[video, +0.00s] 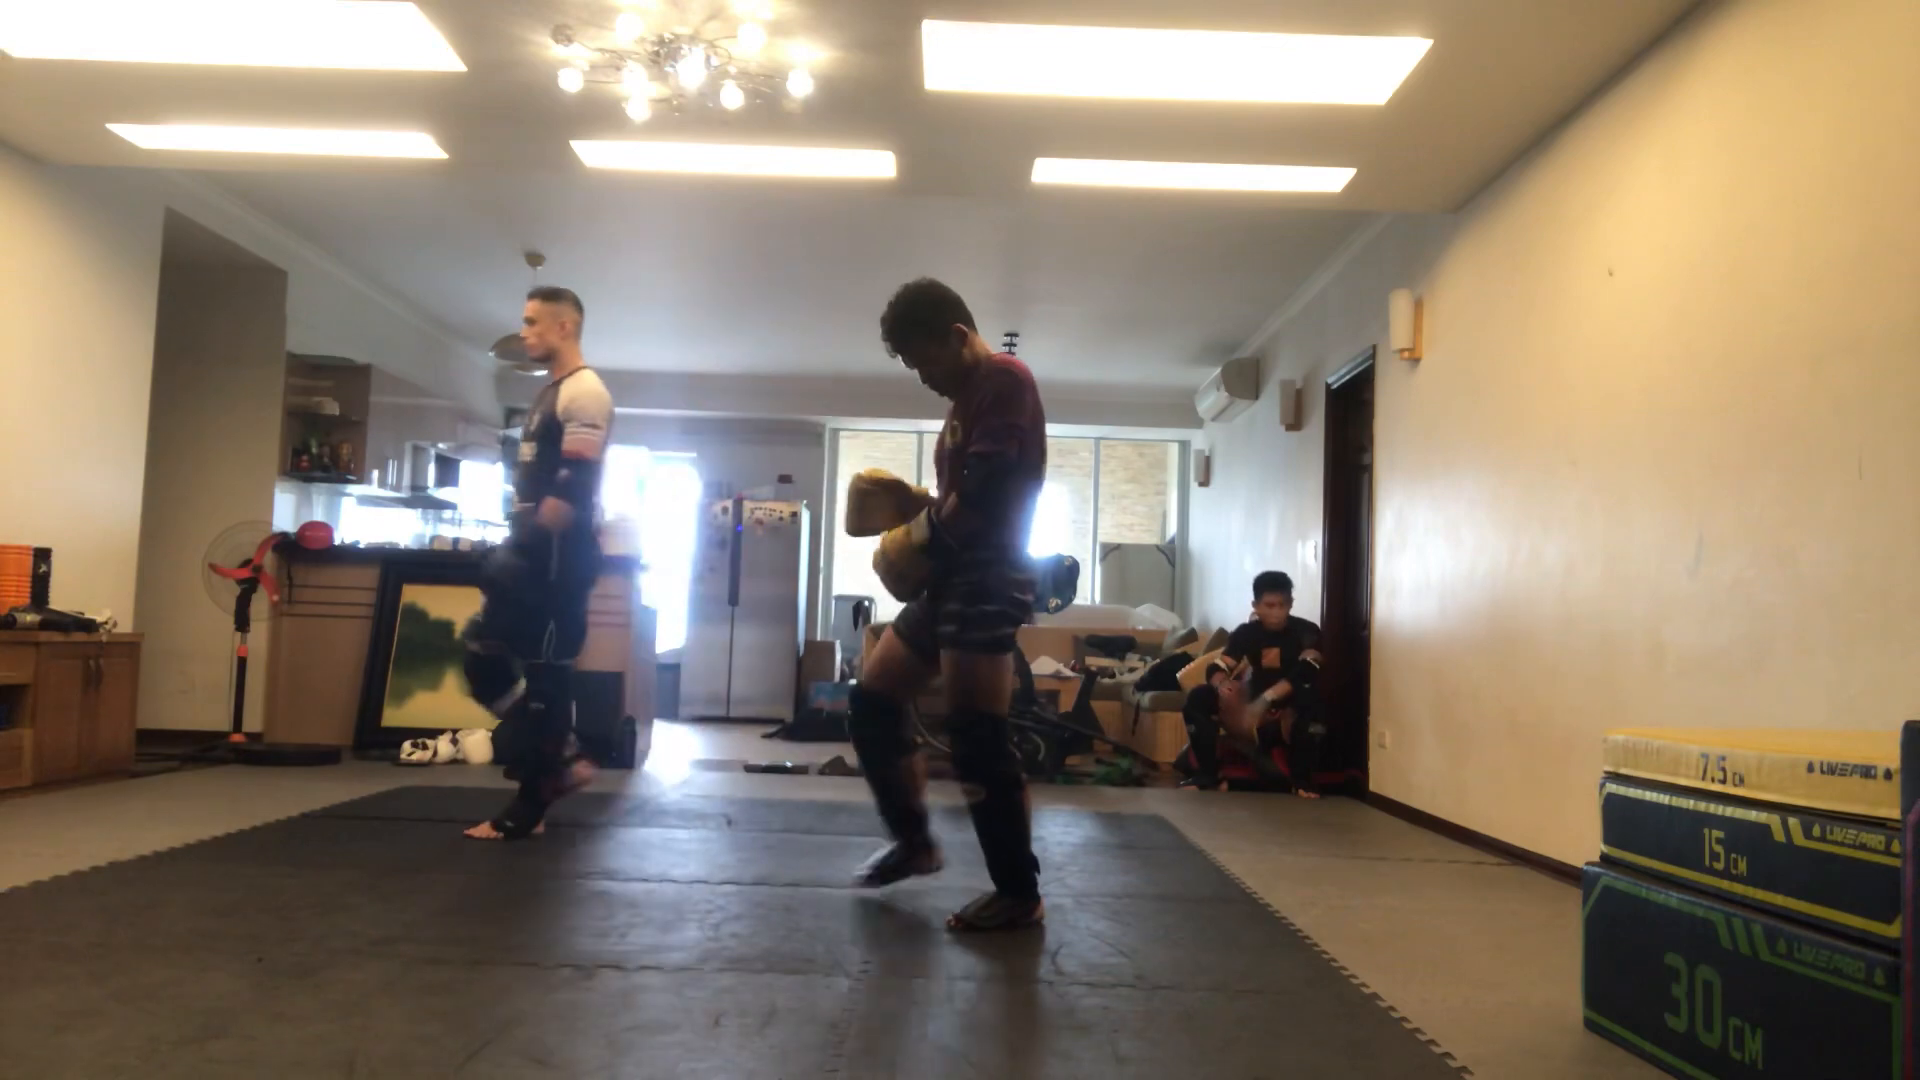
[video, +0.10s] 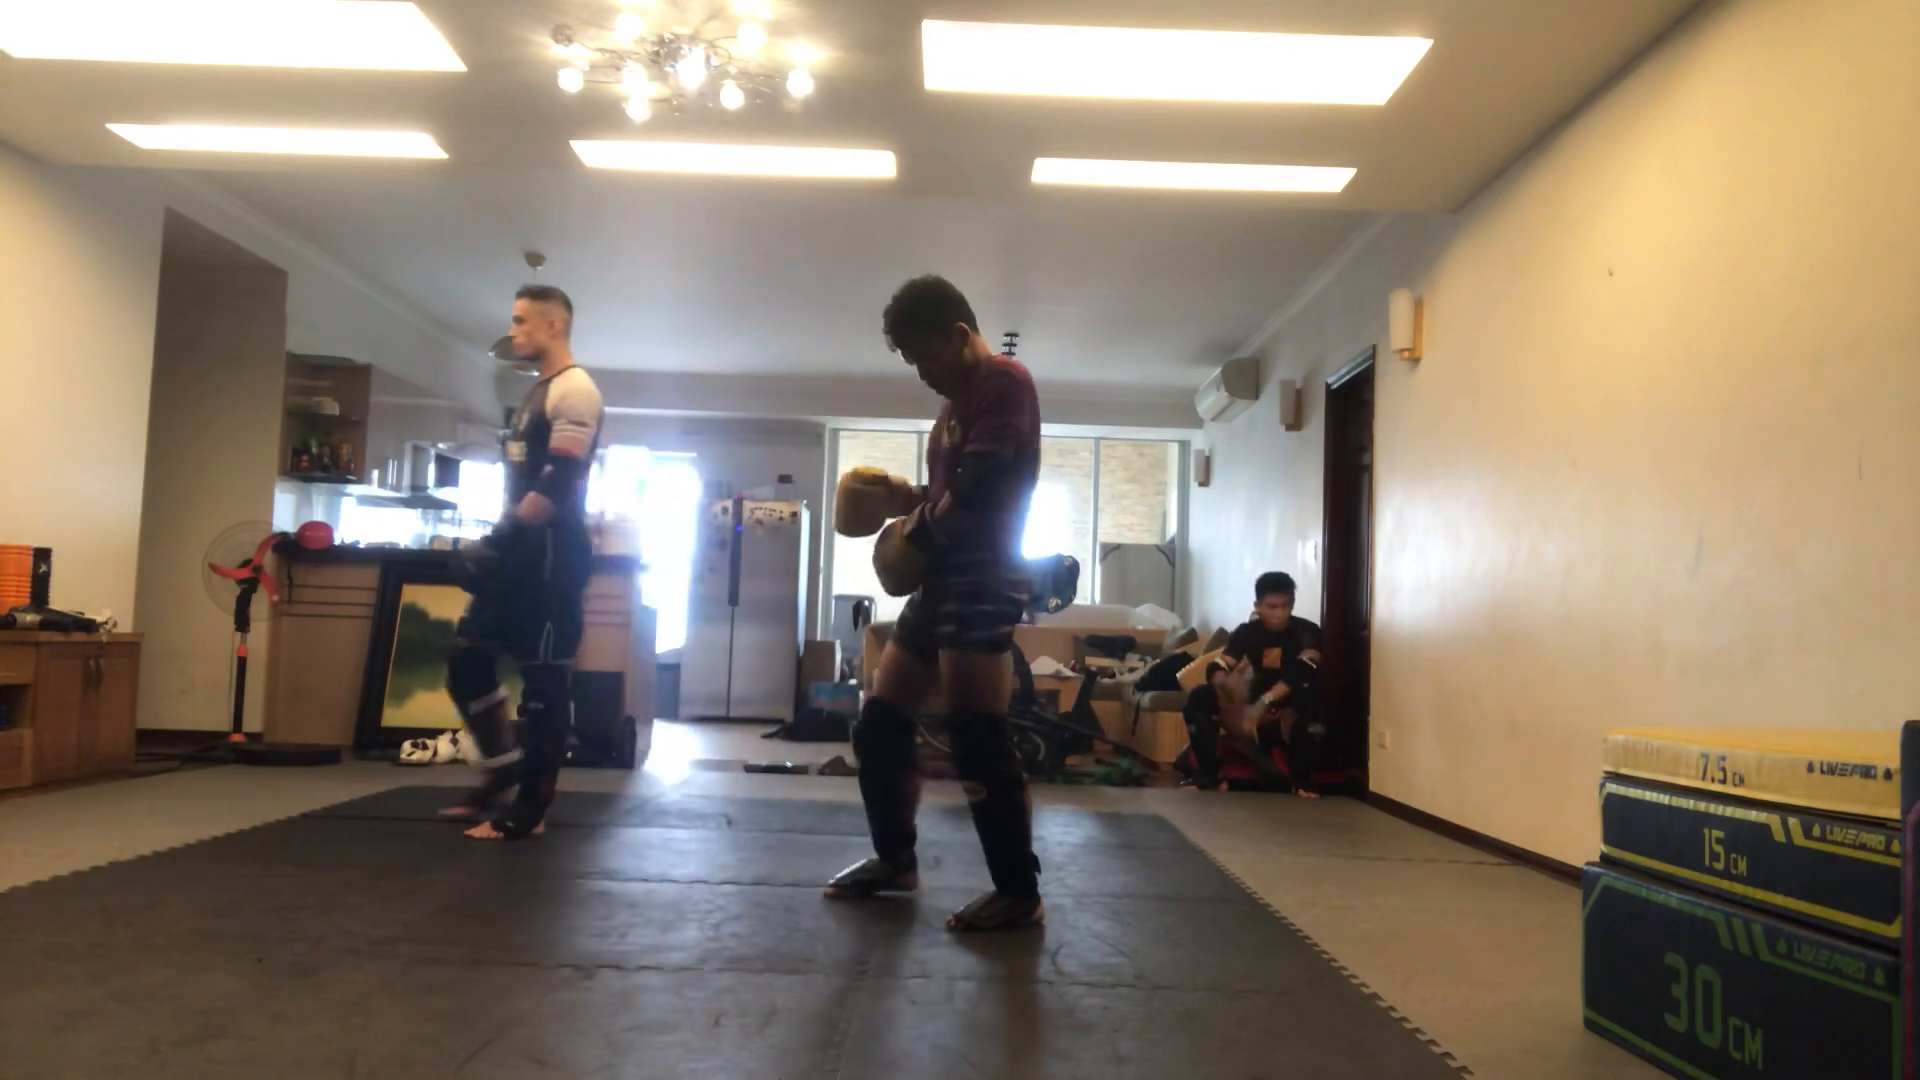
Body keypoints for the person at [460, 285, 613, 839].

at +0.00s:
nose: (523, 333)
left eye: (531, 323)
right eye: (523, 324)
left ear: (566, 326)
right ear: (555, 329)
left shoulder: (584, 391)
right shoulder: (553, 391)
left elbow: (570, 492)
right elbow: (541, 484)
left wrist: (520, 552)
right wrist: (517, 545)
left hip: (559, 556)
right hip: (535, 553)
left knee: (547, 681)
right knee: (484, 662)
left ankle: (526, 813)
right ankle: (554, 759)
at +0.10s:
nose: (511, 332)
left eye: (520, 322)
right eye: (512, 323)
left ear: (555, 325)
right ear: (543, 328)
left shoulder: (574, 388)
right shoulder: (539, 390)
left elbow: (553, 488)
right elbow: (529, 483)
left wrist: (495, 543)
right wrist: (500, 540)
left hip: (553, 551)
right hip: (522, 546)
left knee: (544, 678)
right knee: (468, 662)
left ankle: (529, 812)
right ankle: (502, 774)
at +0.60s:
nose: (453, 330)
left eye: (462, 320)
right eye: (453, 322)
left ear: (498, 323)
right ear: (480, 327)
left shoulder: (532, 392)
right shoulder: (461, 397)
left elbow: (547, 486)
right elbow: (449, 483)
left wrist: (516, 556)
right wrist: (424, 546)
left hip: (491, 553)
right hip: (440, 549)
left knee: (493, 674)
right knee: (428, 671)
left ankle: (523, 803)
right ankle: (431, 796)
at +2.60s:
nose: (405, 342)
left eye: (412, 331)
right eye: (403, 333)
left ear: (447, 327)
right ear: (433, 331)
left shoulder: (497, 395)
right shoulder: (408, 404)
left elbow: (517, 483)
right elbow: (401, 490)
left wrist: (496, 551)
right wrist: (377, 557)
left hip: (459, 556)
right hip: (405, 556)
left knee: (466, 679)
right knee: (407, 681)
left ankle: (490, 806)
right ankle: (429, 799)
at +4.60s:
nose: (402, 338)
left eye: (410, 327)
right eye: (398, 330)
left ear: (444, 323)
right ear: (402, 334)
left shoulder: (493, 393)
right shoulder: (401, 401)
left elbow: (515, 483)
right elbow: (391, 487)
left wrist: (494, 552)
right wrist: (371, 553)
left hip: (457, 553)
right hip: (401, 553)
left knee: (465, 677)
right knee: (408, 679)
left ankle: (490, 805)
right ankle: (429, 799)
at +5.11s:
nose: (412, 333)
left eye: (422, 322)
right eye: (408, 324)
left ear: (456, 322)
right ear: (408, 331)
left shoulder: (501, 394)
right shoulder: (400, 399)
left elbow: (522, 481)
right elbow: (389, 483)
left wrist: (506, 549)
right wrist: (374, 547)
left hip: (465, 554)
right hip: (407, 553)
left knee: (470, 676)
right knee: (412, 679)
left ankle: (487, 801)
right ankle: (430, 799)